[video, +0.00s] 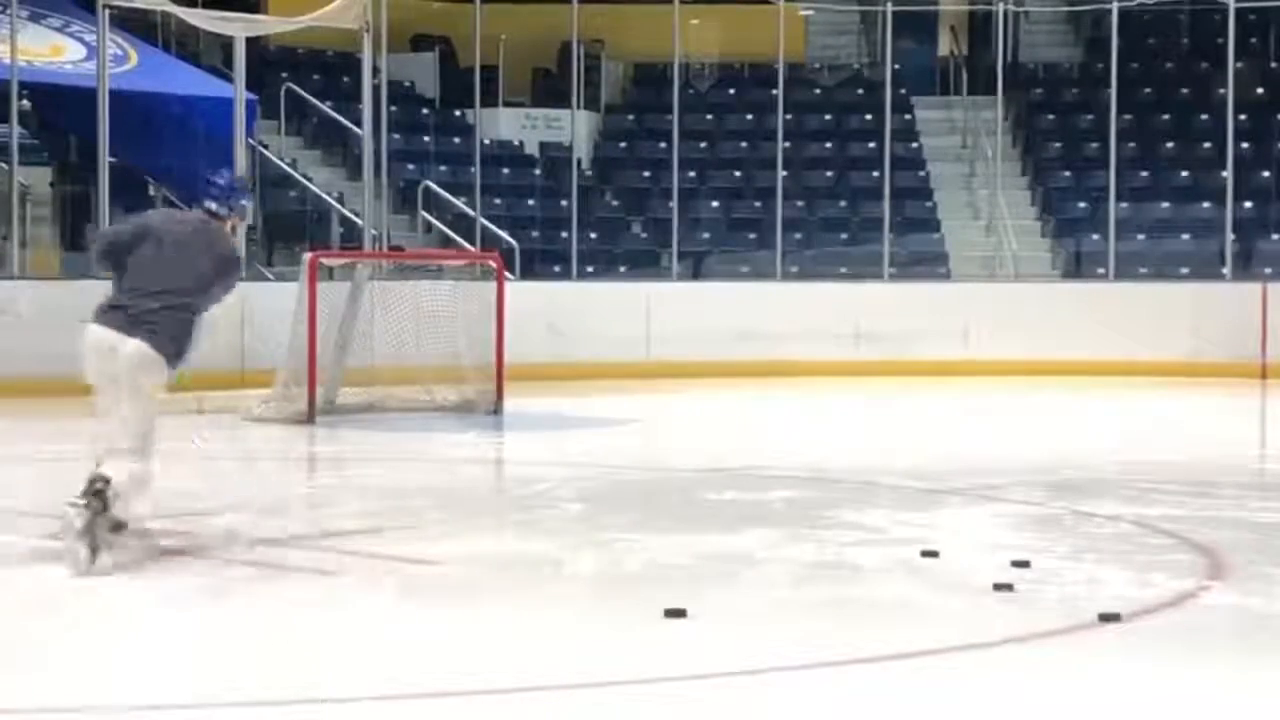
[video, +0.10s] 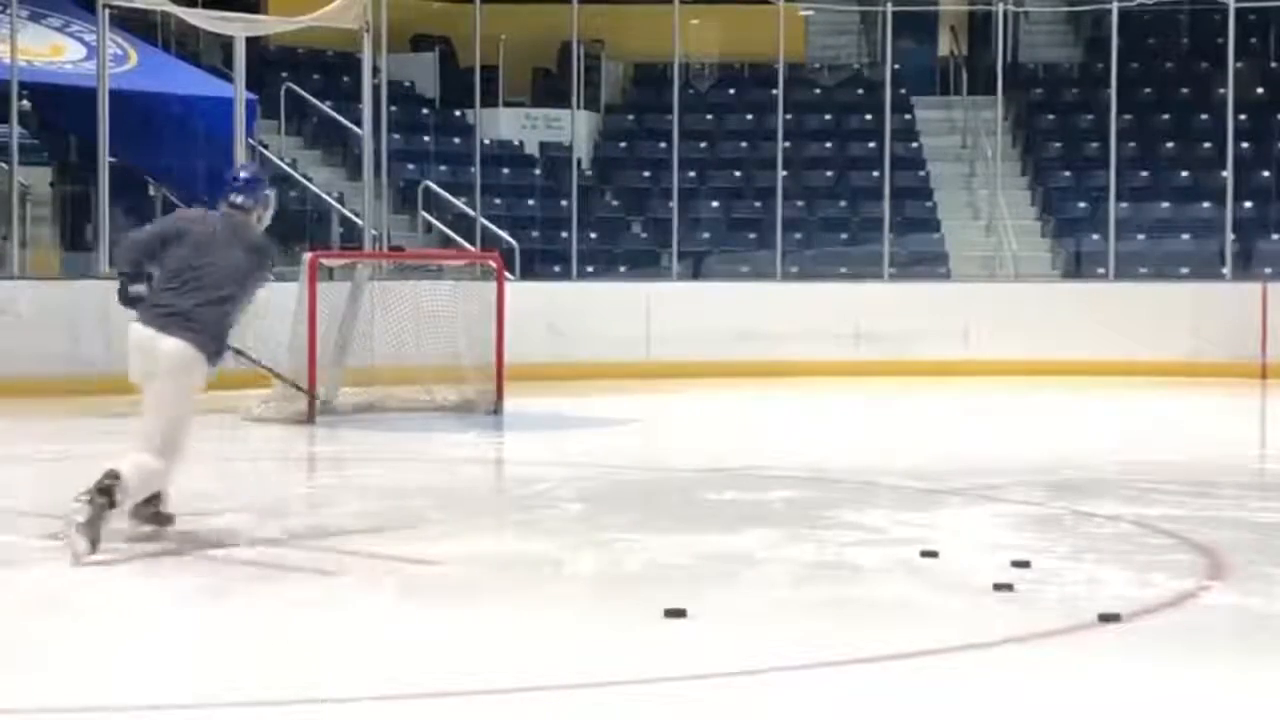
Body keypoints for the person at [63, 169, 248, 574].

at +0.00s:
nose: (239, 228)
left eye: (240, 220)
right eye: (239, 220)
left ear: (203, 203)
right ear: (231, 217)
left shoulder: (162, 219)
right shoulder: (227, 255)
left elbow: (102, 241)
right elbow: (204, 299)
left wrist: (125, 280)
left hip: (103, 329)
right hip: (147, 348)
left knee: (108, 421)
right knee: (138, 449)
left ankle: (97, 483)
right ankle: (106, 508)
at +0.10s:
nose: (268, 217)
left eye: (267, 209)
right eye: (268, 210)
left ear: (227, 199)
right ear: (261, 210)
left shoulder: (187, 220)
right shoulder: (259, 249)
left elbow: (129, 249)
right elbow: (230, 295)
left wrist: (133, 283)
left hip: (142, 334)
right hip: (185, 348)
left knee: (157, 424)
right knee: (160, 453)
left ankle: (148, 501)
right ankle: (107, 494)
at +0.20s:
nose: (293, 200)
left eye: (292, 192)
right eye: (293, 193)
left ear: (255, 183)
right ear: (287, 193)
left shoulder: (212, 214)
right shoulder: (290, 233)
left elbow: (162, 255)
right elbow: (277, 302)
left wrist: (172, 296)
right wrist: (274, 357)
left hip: (188, 329)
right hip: (230, 342)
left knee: (213, 421)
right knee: (205, 436)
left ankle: (193, 492)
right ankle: (150, 484)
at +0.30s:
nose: (306, 175)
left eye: (304, 168)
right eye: (312, 169)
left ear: (286, 166)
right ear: (323, 171)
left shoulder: (251, 209)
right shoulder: (330, 224)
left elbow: (226, 267)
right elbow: (331, 296)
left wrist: (240, 301)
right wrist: (344, 352)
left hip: (236, 320)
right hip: (278, 332)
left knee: (257, 416)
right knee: (267, 428)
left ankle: (234, 489)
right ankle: (206, 474)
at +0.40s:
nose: (360, 176)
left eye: (355, 169)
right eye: (362, 169)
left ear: (333, 166)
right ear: (364, 171)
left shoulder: (302, 206)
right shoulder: (362, 215)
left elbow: (290, 260)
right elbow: (379, 281)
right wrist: (407, 330)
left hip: (287, 318)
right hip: (329, 329)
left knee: (289, 408)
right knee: (329, 422)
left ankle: (273, 486)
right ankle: (270, 471)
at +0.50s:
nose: (422, 178)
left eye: (421, 171)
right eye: (421, 171)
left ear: (386, 167)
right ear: (415, 171)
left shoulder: (365, 205)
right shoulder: (403, 211)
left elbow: (350, 257)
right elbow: (413, 268)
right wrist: (456, 295)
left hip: (340, 320)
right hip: (377, 326)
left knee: (345, 401)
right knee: (393, 403)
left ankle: (319, 473)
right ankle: (348, 471)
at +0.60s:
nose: (485, 181)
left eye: (485, 172)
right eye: (482, 172)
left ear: (445, 166)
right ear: (466, 171)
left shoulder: (421, 203)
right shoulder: (449, 209)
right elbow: (447, 257)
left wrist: (483, 265)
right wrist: (487, 273)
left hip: (393, 319)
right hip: (428, 325)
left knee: (400, 403)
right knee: (457, 406)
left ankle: (367, 474)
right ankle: (431, 477)